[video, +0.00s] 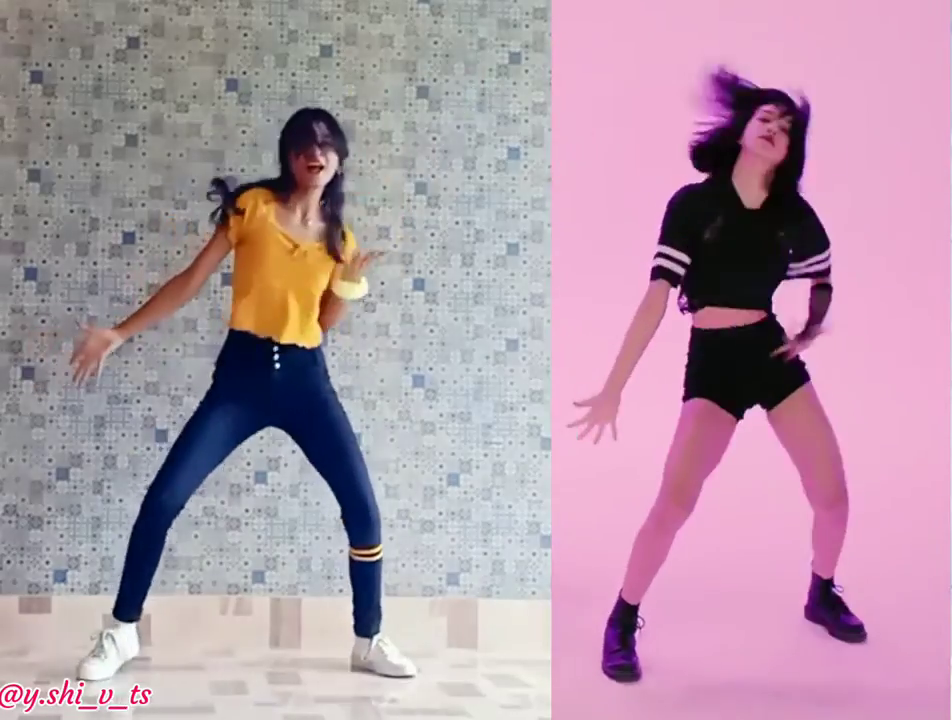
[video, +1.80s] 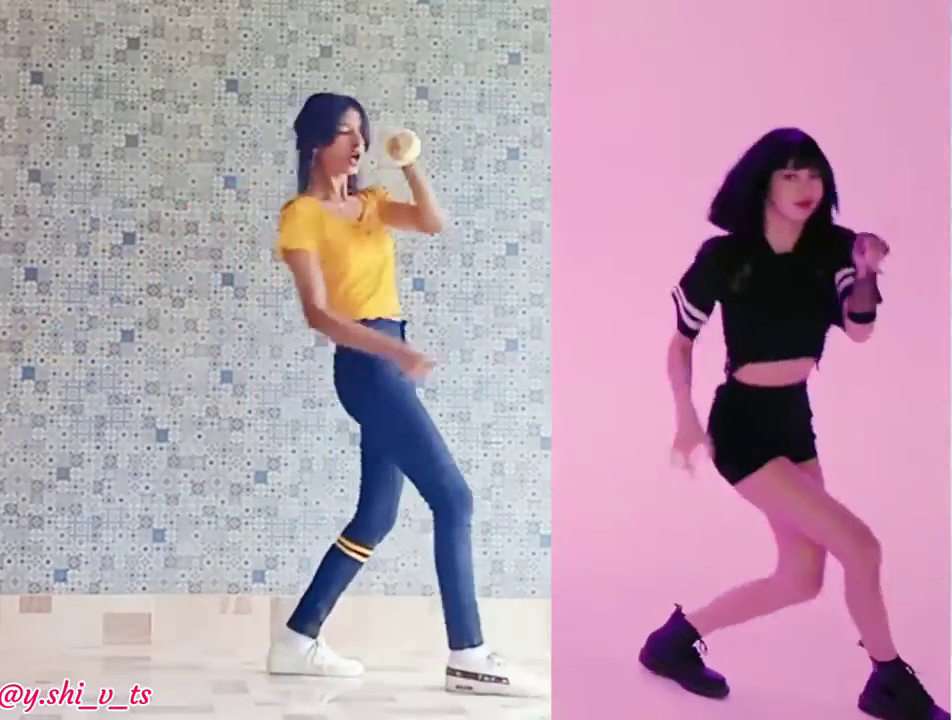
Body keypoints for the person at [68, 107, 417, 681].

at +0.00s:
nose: (315, 155)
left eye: (326, 147)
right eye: (305, 146)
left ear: (340, 159)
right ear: (287, 153)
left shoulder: (339, 236)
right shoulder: (251, 206)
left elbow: (326, 321)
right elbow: (189, 282)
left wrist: (347, 281)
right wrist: (117, 333)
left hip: (306, 382)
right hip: (240, 378)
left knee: (364, 509)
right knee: (162, 499)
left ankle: (369, 640)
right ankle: (122, 631)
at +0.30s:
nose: (241, 121)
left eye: (249, 112)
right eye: (227, 116)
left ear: (265, 128)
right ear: (210, 136)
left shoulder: (288, 202)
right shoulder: (186, 202)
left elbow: (333, 275)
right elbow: (131, 281)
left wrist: (383, 334)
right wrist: (66, 340)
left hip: (267, 364)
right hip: (202, 365)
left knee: (329, 494)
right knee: (157, 509)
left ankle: (369, 628)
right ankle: (95, 644)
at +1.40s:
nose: (270, 146)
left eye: (279, 137)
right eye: (257, 137)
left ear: (291, 151)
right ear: (237, 149)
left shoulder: (300, 225)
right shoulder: (222, 206)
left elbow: (316, 322)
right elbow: (181, 294)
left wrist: (370, 367)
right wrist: (126, 368)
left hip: (285, 376)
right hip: (234, 373)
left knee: (346, 508)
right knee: (206, 528)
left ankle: (294, 643)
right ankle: (95, 615)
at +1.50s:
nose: (291, 141)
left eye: (300, 131)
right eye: (277, 132)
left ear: (312, 143)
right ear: (259, 143)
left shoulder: (324, 216)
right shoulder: (241, 198)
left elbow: (314, 309)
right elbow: (208, 290)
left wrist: (365, 287)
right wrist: (179, 373)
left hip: (312, 361)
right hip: (261, 363)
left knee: (350, 506)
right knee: (325, 503)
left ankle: (294, 643)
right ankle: (207, 580)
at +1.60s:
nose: (307, 137)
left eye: (318, 128)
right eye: (296, 126)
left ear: (331, 138)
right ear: (278, 134)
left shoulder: (345, 204)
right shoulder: (252, 198)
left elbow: (352, 291)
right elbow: (231, 288)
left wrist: (345, 217)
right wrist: (229, 367)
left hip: (338, 352)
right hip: (289, 355)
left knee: (356, 502)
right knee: (400, 467)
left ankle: (292, 641)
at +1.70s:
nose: (326, 141)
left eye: (335, 131)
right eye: (315, 130)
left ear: (348, 141)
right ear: (296, 137)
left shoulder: (356, 198)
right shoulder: (270, 207)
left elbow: (379, 233)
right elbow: (258, 308)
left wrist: (362, 174)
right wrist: (285, 367)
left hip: (372, 350)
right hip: (330, 359)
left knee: (357, 510)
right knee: (434, 486)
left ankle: (293, 641)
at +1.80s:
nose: (356, 146)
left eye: (360, 136)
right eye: (344, 135)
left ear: (361, 145)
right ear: (314, 143)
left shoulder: (367, 201)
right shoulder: (301, 214)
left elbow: (432, 222)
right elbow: (317, 312)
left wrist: (410, 165)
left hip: (390, 360)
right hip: (363, 364)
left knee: (373, 519)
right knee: (453, 498)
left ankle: (297, 640)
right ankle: (468, 654)